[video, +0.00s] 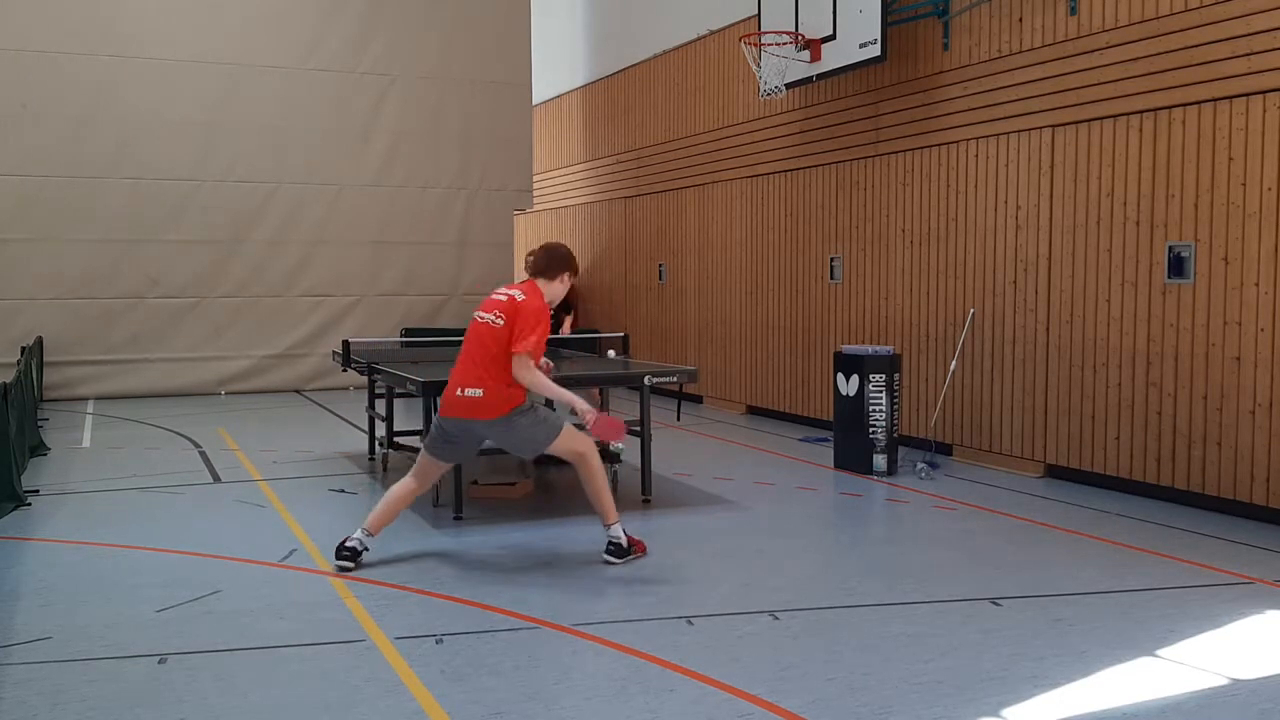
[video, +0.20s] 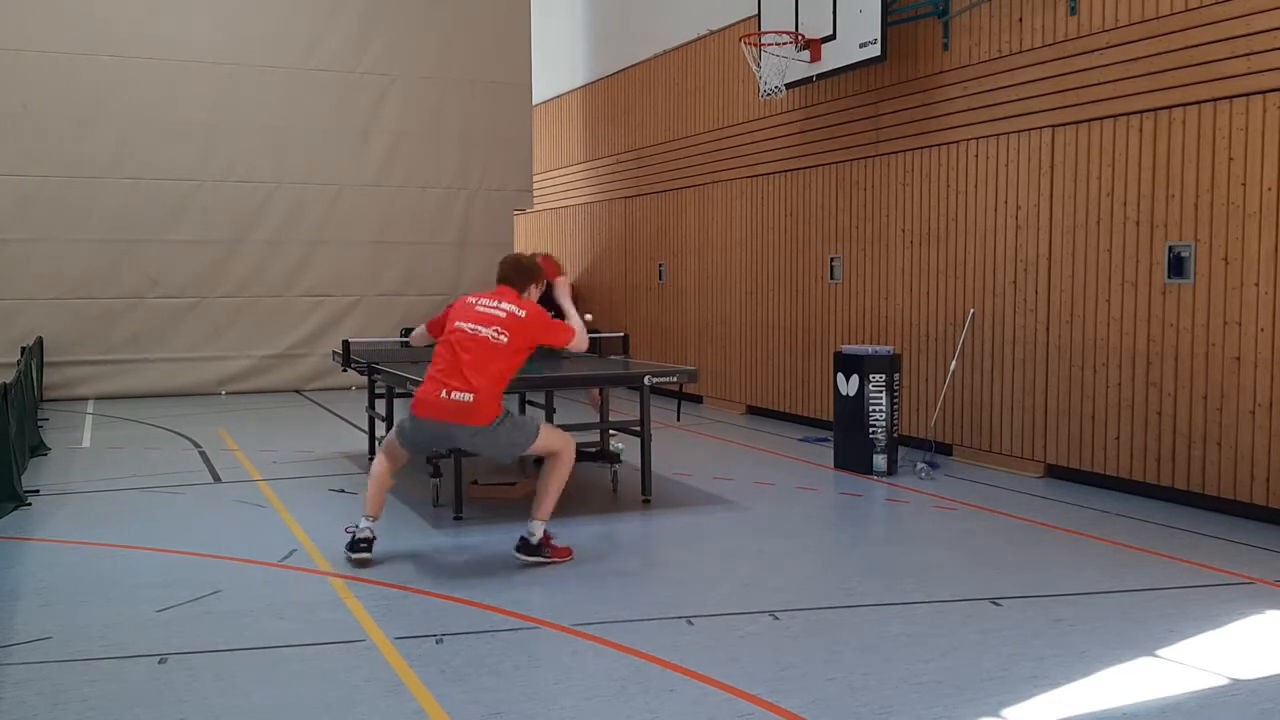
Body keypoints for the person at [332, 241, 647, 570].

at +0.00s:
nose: (567, 291)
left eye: (569, 283)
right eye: (569, 282)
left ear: (533, 269)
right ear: (561, 277)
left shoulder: (497, 296)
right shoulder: (535, 304)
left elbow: (482, 353)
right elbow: (523, 369)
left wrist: (530, 363)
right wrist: (573, 400)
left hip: (456, 411)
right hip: (505, 412)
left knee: (416, 479)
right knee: (584, 449)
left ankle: (357, 541)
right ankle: (618, 538)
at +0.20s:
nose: (538, 294)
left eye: (539, 289)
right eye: (539, 289)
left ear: (500, 279)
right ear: (531, 287)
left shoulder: (465, 303)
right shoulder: (531, 316)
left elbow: (417, 338)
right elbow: (580, 342)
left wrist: (450, 326)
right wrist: (564, 298)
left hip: (426, 419)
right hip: (481, 423)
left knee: (387, 457)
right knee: (563, 445)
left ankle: (364, 533)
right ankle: (534, 538)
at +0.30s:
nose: (515, 307)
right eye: (515, 303)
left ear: (476, 301)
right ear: (510, 305)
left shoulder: (445, 326)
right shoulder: (515, 337)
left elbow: (383, 355)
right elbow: (557, 360)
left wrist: (404, 348)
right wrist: (539, 319)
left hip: (422, 442)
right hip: (480, 447)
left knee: (376, 457)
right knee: (562, 453)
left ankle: (360, 538)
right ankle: (533, 542)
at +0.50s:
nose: (480, 271)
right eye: (480, 267)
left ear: (442, 266)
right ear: (477, 269)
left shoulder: (416, 297)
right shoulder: (491, 307)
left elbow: (361, 337)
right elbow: (534, 358)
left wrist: (374, 352)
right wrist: (516, 333)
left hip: (412, 415)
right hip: (470, 417)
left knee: (371, 452)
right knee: (541, 450)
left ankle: (356, 536)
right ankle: (533, 542)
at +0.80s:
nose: (451, 283)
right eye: (451, 278)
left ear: (411, 279)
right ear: (449, 279)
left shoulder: (393, 302)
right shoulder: (466, 305)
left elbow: (362, 359)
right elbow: (514, 355)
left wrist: (393, 356)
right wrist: (489, 381)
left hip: (399, 418)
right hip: (459, 419)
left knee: (335, 461)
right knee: (527, 464)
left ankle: (304, 548)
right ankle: (548, 550)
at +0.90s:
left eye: (413, 276)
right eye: (446, 274)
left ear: (411, 277)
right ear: (448, 275)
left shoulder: (397, 297)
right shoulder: (471, 299)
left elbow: (362, 346)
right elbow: (512, 334)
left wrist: (389, 345)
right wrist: (479, 338)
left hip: (397, 416)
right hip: (458, 418)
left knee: (335, 458)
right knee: (520, 466)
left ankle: (303, 547)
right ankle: (548, 548)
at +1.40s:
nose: (459, 269)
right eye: (461, 263)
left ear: (424, 262)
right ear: (460, 265)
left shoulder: (398, 286)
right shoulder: (473, 294)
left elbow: (369, 340)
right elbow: (521, 353)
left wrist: (398, 360)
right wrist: (511, 374)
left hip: (385, 399)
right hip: (445, 400)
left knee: (335, 460)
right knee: (523, 454)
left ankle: (298, 547)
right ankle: (549, 549)